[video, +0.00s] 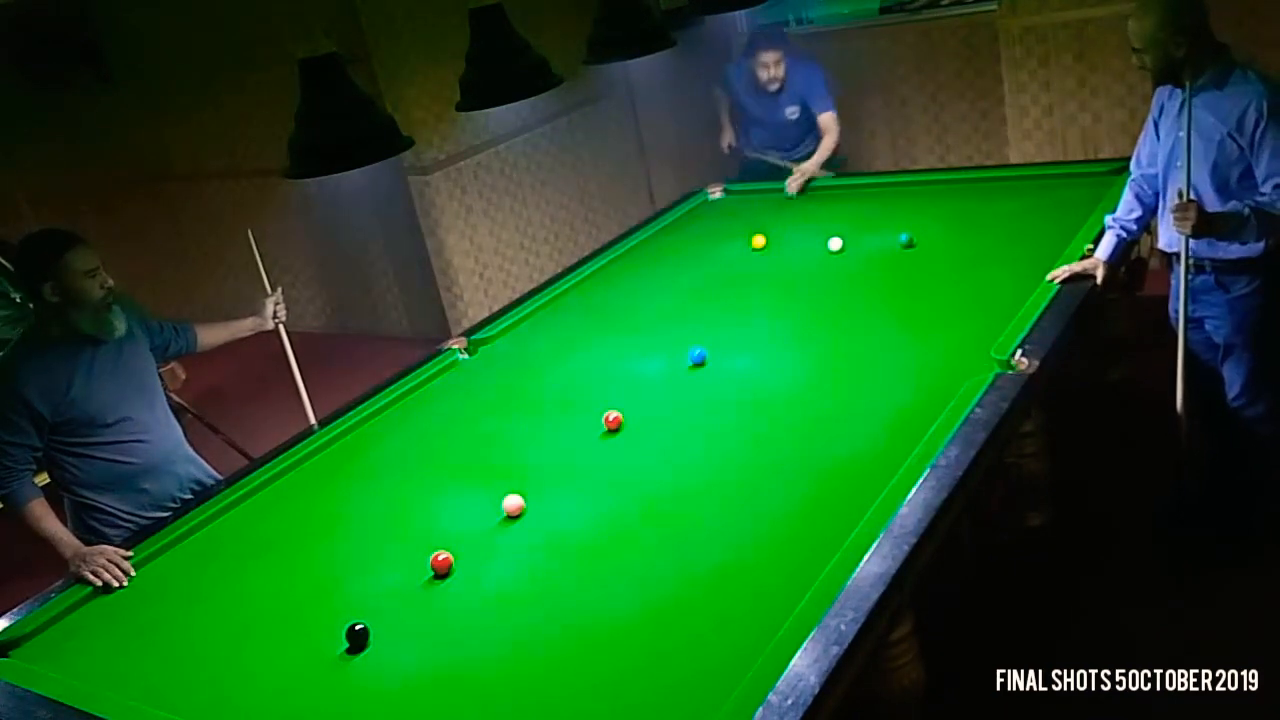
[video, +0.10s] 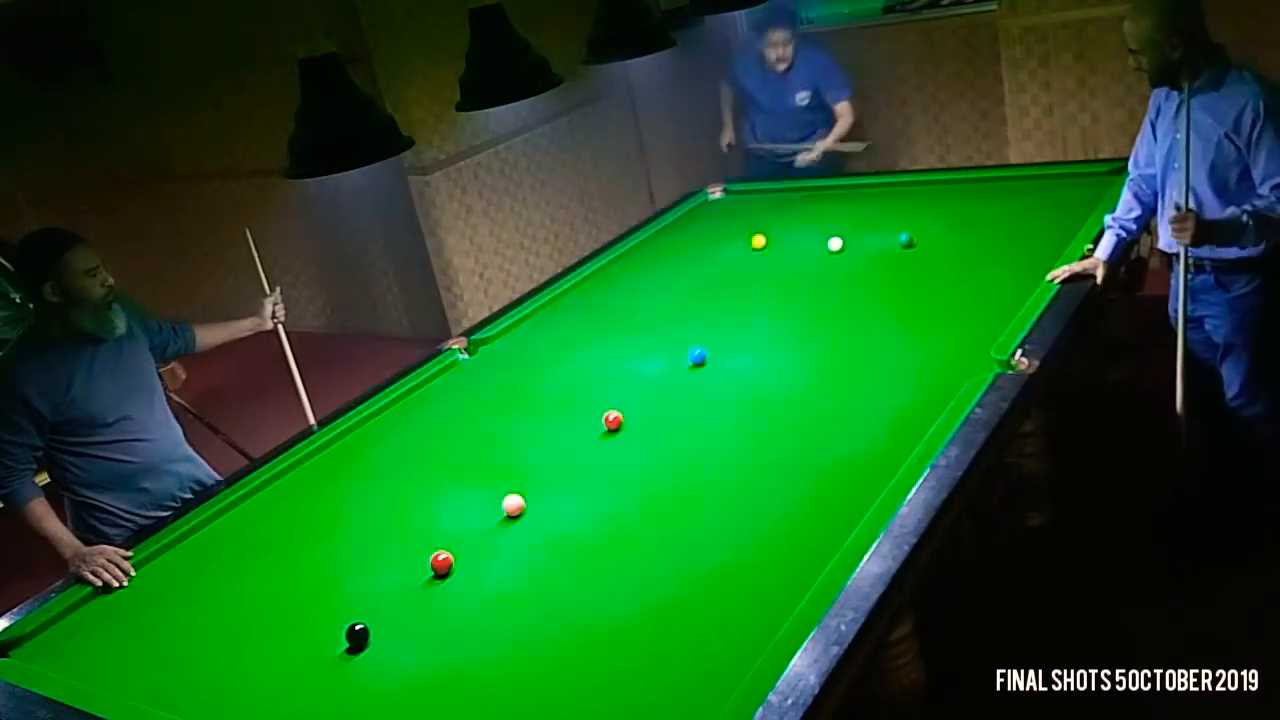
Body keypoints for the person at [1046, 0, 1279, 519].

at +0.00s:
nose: (1136, 60)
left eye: (1143, 49)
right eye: (1133, 49)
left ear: (1181, 42)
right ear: (1175, 45)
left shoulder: (1255, 101)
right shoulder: (1167, 98)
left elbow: (1276, 209)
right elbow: (1143, 182)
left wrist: (1215, 223)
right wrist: (1104, 254)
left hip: (1241, 285)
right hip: (1185, 281)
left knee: (1247, 408)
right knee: (1195, 405)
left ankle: (1257, 524)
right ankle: (1204, 517)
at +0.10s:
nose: (1133, 62)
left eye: (1140, 50)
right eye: (1130, 50)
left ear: (1178, 43)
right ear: (1170, 47)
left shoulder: (1253, 102)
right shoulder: (1164, 101)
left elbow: (1276, 208)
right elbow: (1140, 185)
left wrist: (1212, 230)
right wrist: (1104, 254)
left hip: (1241, 292)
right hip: (1185, 288)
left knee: (1246, 413)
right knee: (1196, 412)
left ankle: (1254, 530)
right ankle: (1203, 522)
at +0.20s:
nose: (1130, 69)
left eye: (1138, 58)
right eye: (1127, 57)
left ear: (1177, 46)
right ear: (1167, 51)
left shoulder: (1248, 103)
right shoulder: (1159, 103)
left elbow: (1274, 209)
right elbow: (1139, 185)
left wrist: (1216, 249)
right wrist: (1105, 249)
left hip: (1241, 296)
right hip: (1186, 293)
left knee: (1241, 414)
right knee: (1197, 414)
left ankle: (1249, 525)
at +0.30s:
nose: (1133, 78)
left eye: (1141, 65)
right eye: (1126, 65)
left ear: (1180, 47)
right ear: (1124, 56)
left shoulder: (1246, 107)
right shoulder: (1154, 107)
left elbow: (1276, 214)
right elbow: (1136, 192)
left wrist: (1218, 257)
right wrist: (1093, 245)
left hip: (1238, 301)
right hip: (1185, 297)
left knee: (1232, 421)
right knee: (1195, 417)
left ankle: (1237, 537)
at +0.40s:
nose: (1139, 88)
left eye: (1148, 75)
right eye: (1131, 76)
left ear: (1183, 55)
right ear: (1123, 64)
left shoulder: (1242, 111)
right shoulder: (1150, 110)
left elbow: (1275, 215)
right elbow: (1132, 187)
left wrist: (1222, 264)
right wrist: (1095, 233)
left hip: (1237, 300)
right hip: (1184, 296)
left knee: (1224, 413)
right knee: (1193, 411)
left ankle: (1237, 530)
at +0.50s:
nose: (1142, 99)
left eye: (1150, 87)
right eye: (1133, 88)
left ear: (1182, 68)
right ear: (1129, 75)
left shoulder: (1239, 123)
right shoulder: (1144, 119)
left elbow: (1272, 225)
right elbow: (1123, 193)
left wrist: (1220, 275)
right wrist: (1097, 242)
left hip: (1232, 305)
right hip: (1178, 301)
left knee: (1227, 422)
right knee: (1185, 416)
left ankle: (1235, 535)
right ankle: (1191, 523)